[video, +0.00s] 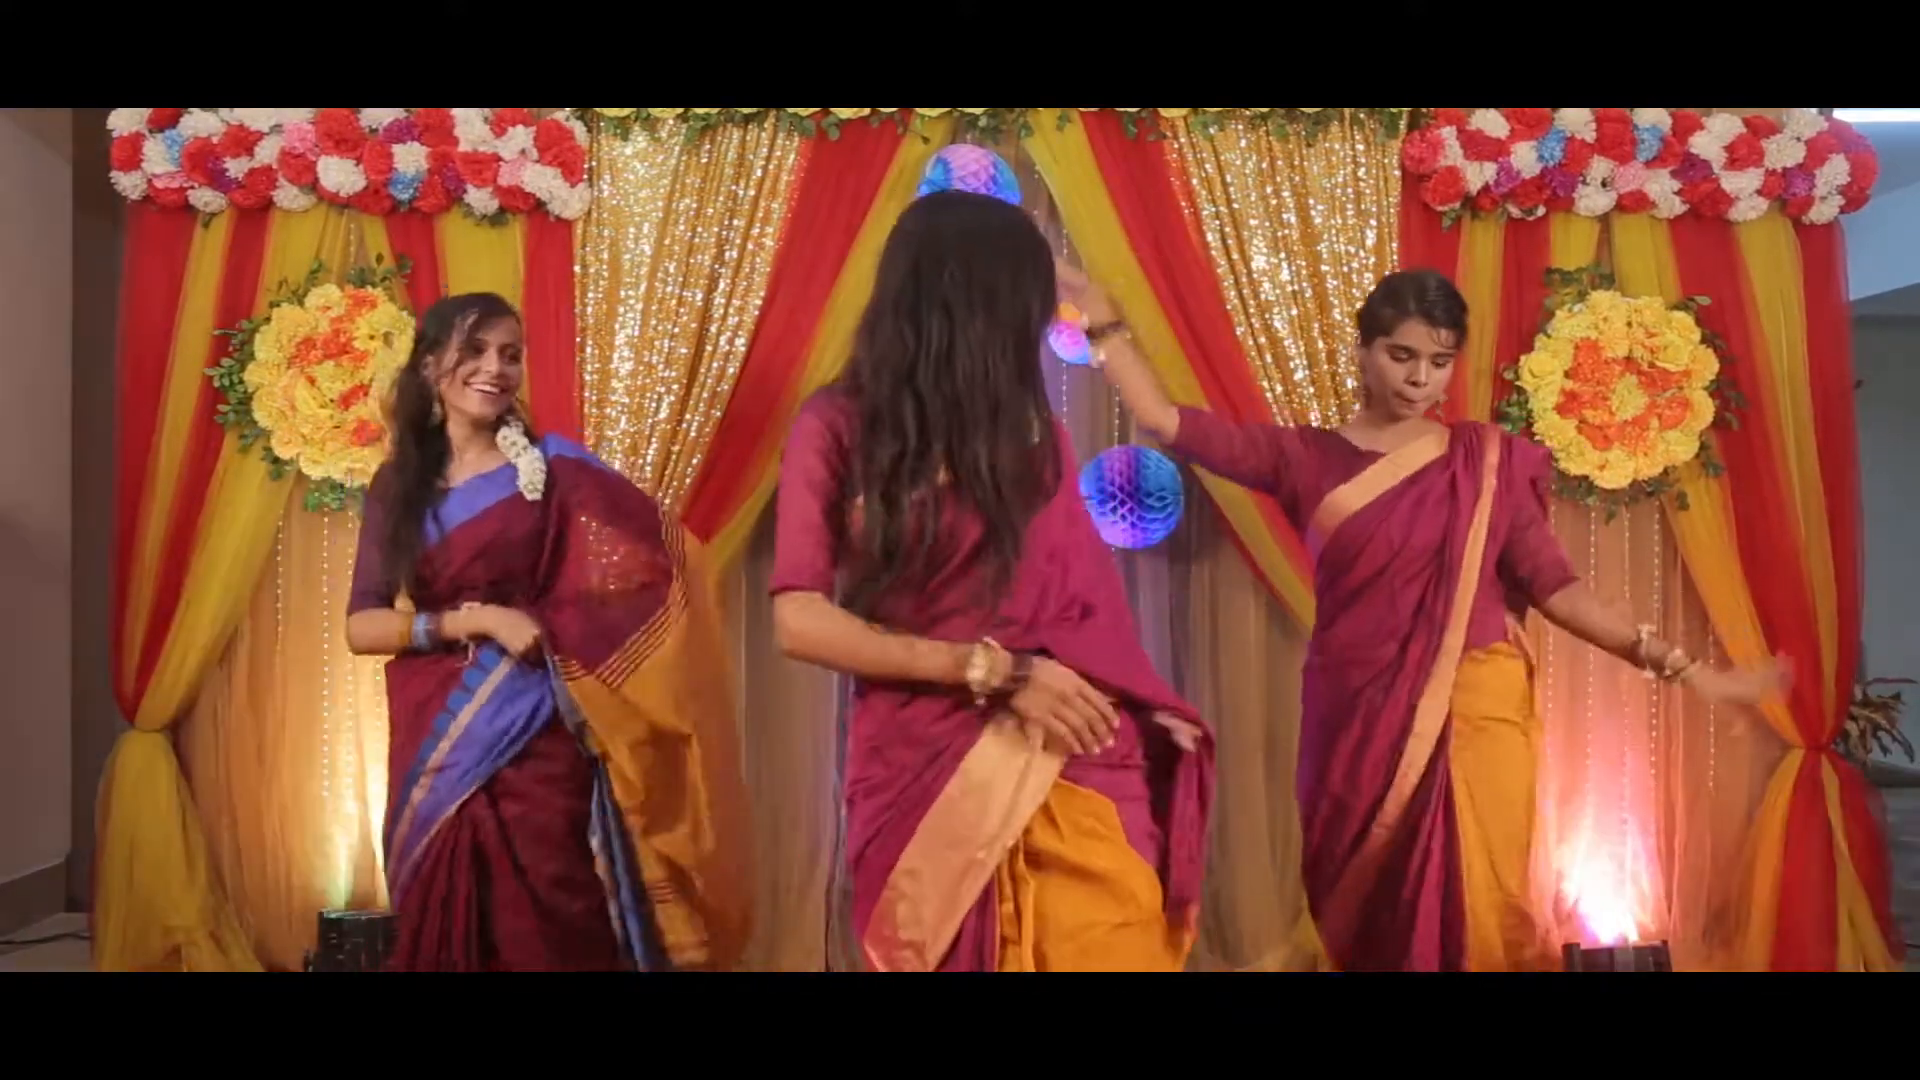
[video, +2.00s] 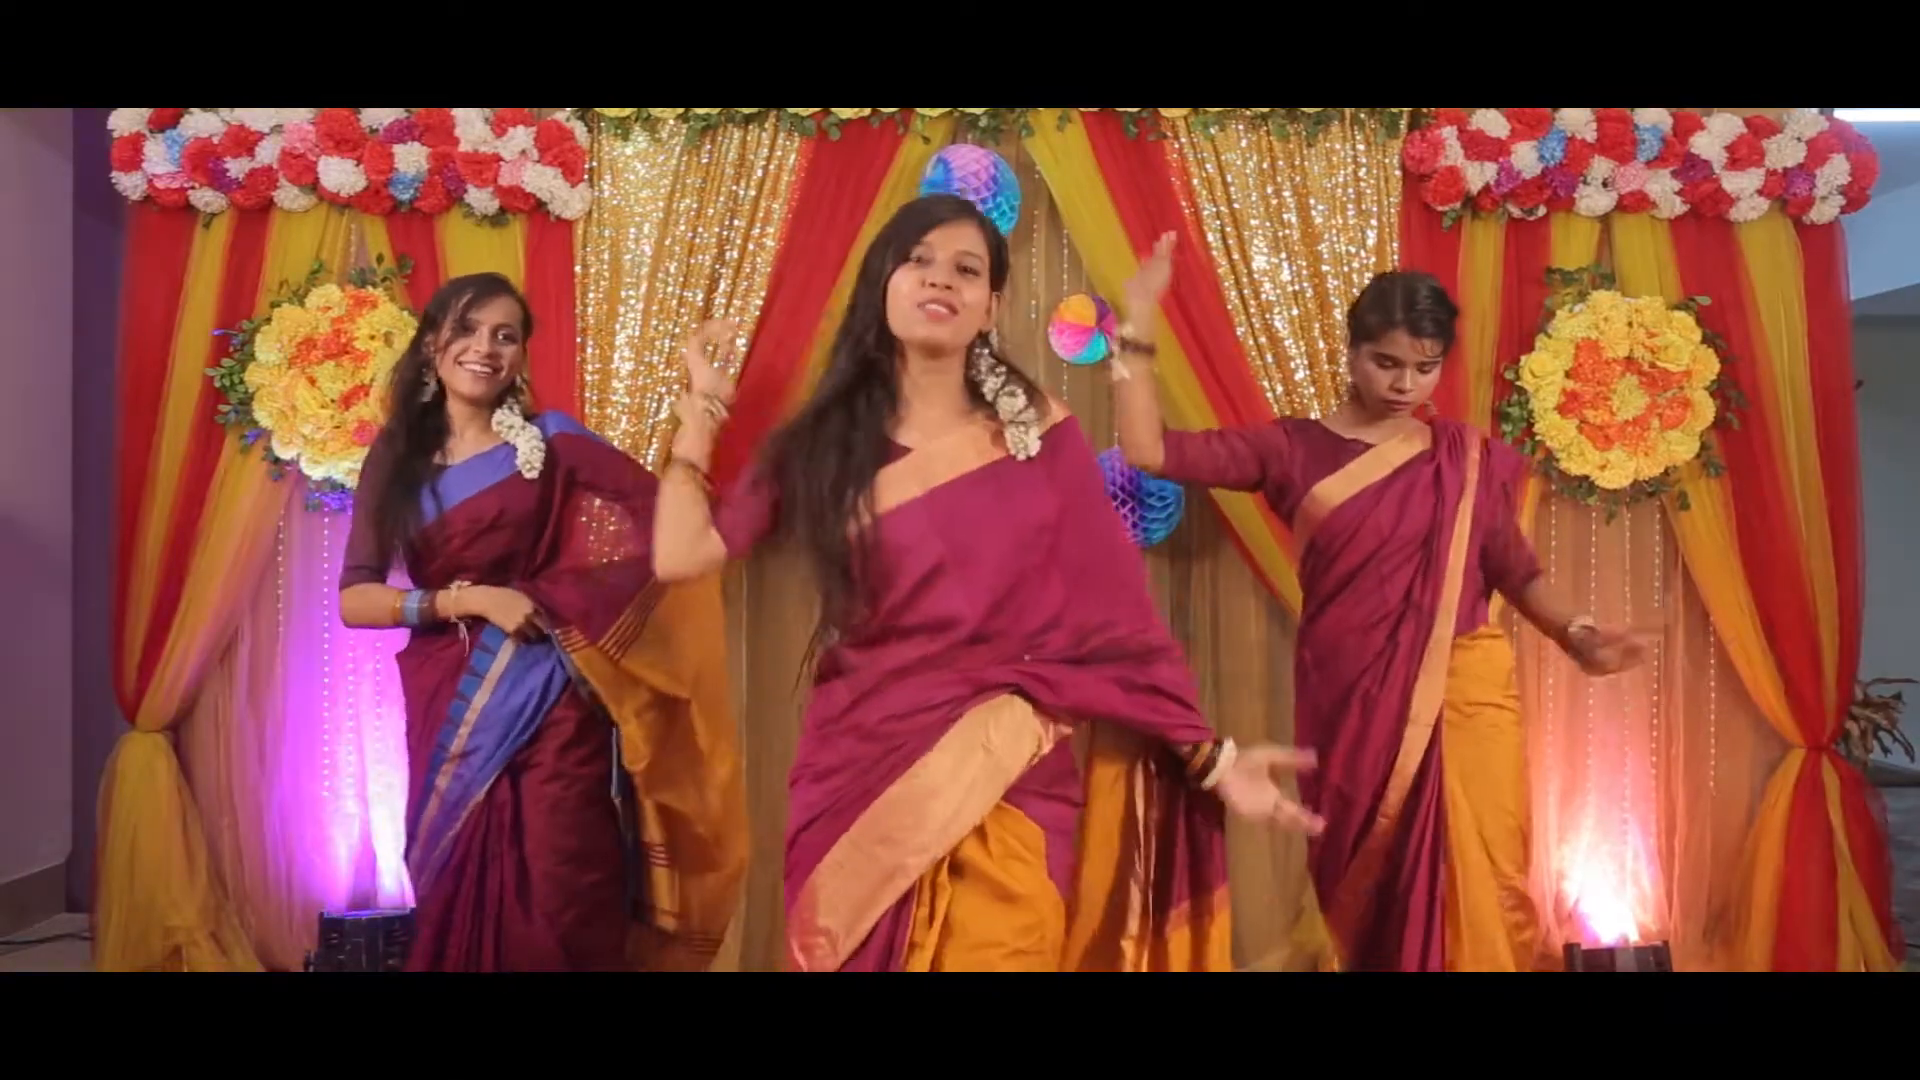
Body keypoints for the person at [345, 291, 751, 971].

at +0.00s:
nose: (496, 369)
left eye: (511, 355)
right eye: (475, 352)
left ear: (523, 370)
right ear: (431, 368)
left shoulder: (554, 465)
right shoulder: (400, 484)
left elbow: (671, 554)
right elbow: (363, 628)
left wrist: (576, 630)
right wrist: (476, 618)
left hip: (542, 731)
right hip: (435, 735)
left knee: (550, 925)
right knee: (446, 927)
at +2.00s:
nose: (486, 348)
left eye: (506, 336)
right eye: (467, 331)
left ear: (522, 358)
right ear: (432, 346)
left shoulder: (550, 437)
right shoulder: (397, 458)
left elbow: (674, 524)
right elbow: (356, 601)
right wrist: (461, 598)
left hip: (551, 695)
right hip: (448, 706)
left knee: (558, 903)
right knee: (459, 903)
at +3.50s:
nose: (489, 358)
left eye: (510, 345)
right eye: (471, 339)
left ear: (531, 369)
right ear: (441, 358)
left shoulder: (570, 460)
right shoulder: (414, 482)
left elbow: (620, 584)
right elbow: (408, 607)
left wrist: (603, 691)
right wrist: (379, 687)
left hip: (540, 735)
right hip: (433, 742)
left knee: (541, 933)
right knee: (440, 933)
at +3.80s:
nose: (511, 340)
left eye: (531, 328)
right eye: (491, 323)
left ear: (551, 352)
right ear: (458, 343)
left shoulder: (591, 456)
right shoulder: (417, 457)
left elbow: (618, 584)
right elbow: (395, 582)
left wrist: (648, 579)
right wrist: (377, 651)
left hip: (570, 711)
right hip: (453, 717)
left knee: (566, 919)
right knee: (456, 916)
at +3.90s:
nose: (518, 371)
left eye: (537, 356)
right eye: (498, 354)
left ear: (558, 381)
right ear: (466, 377)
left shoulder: (598, 492)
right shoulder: (420, 489)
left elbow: (623, 650)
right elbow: (384, 627)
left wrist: (650, 575)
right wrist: (417, 661)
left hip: (577, 750)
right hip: (461, 747)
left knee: (576, 942)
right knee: (462, 937)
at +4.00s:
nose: (526, 374)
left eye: (544, 358)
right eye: (505, 359)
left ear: (568, 380)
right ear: (475, 382)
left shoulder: (598, 489)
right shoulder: (428, 484)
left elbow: (638, 647)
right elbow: (383, 631)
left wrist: (608, 572)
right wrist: (517, 663)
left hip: (586, 762)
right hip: (466, 767)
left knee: (587, 952)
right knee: (466, 945)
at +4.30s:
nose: (522, 362)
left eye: (541, 345)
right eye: (501, 348)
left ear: (569, 361)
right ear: (477, 370)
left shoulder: (619, 472)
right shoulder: (450, 477)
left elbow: (651, 616)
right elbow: (404, 634)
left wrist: (587, 506)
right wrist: (473, 577)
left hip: (567, 728)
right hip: (448, 725)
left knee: (550, 926)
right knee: (437, 923)